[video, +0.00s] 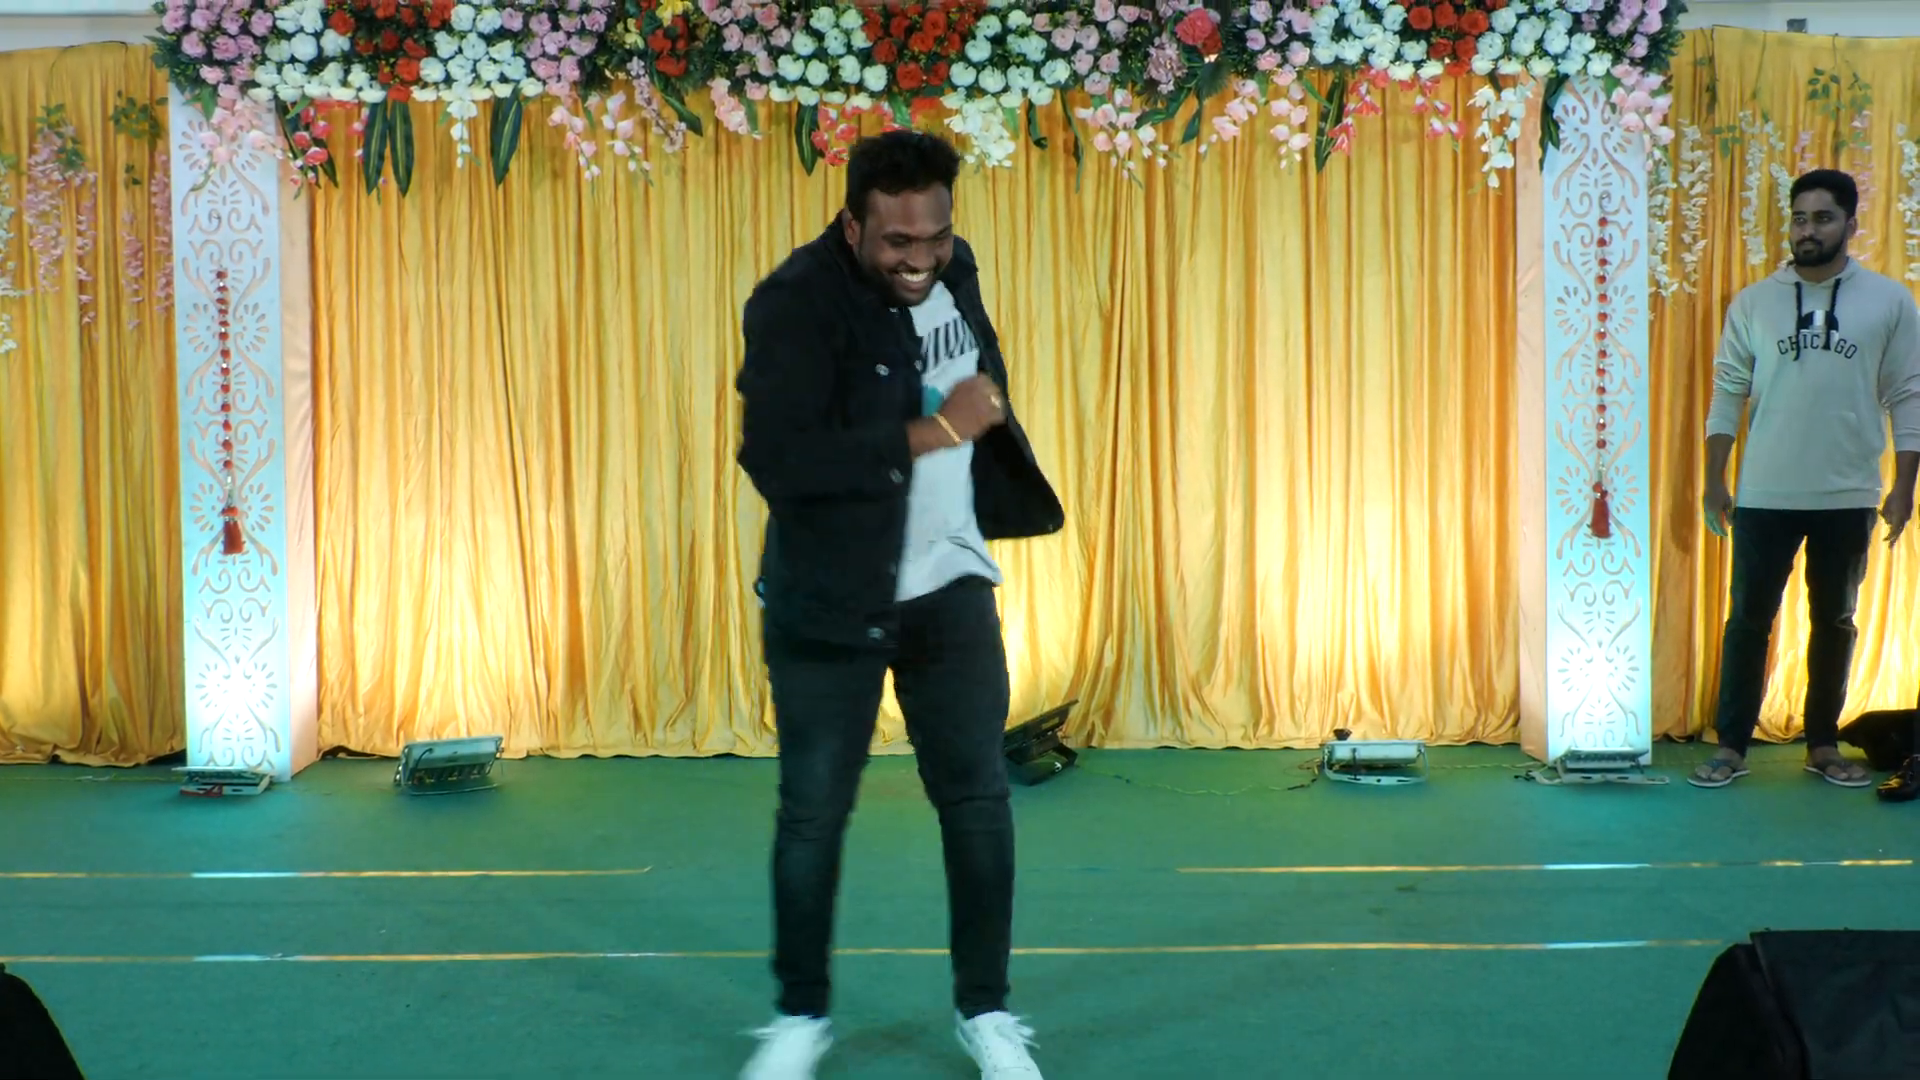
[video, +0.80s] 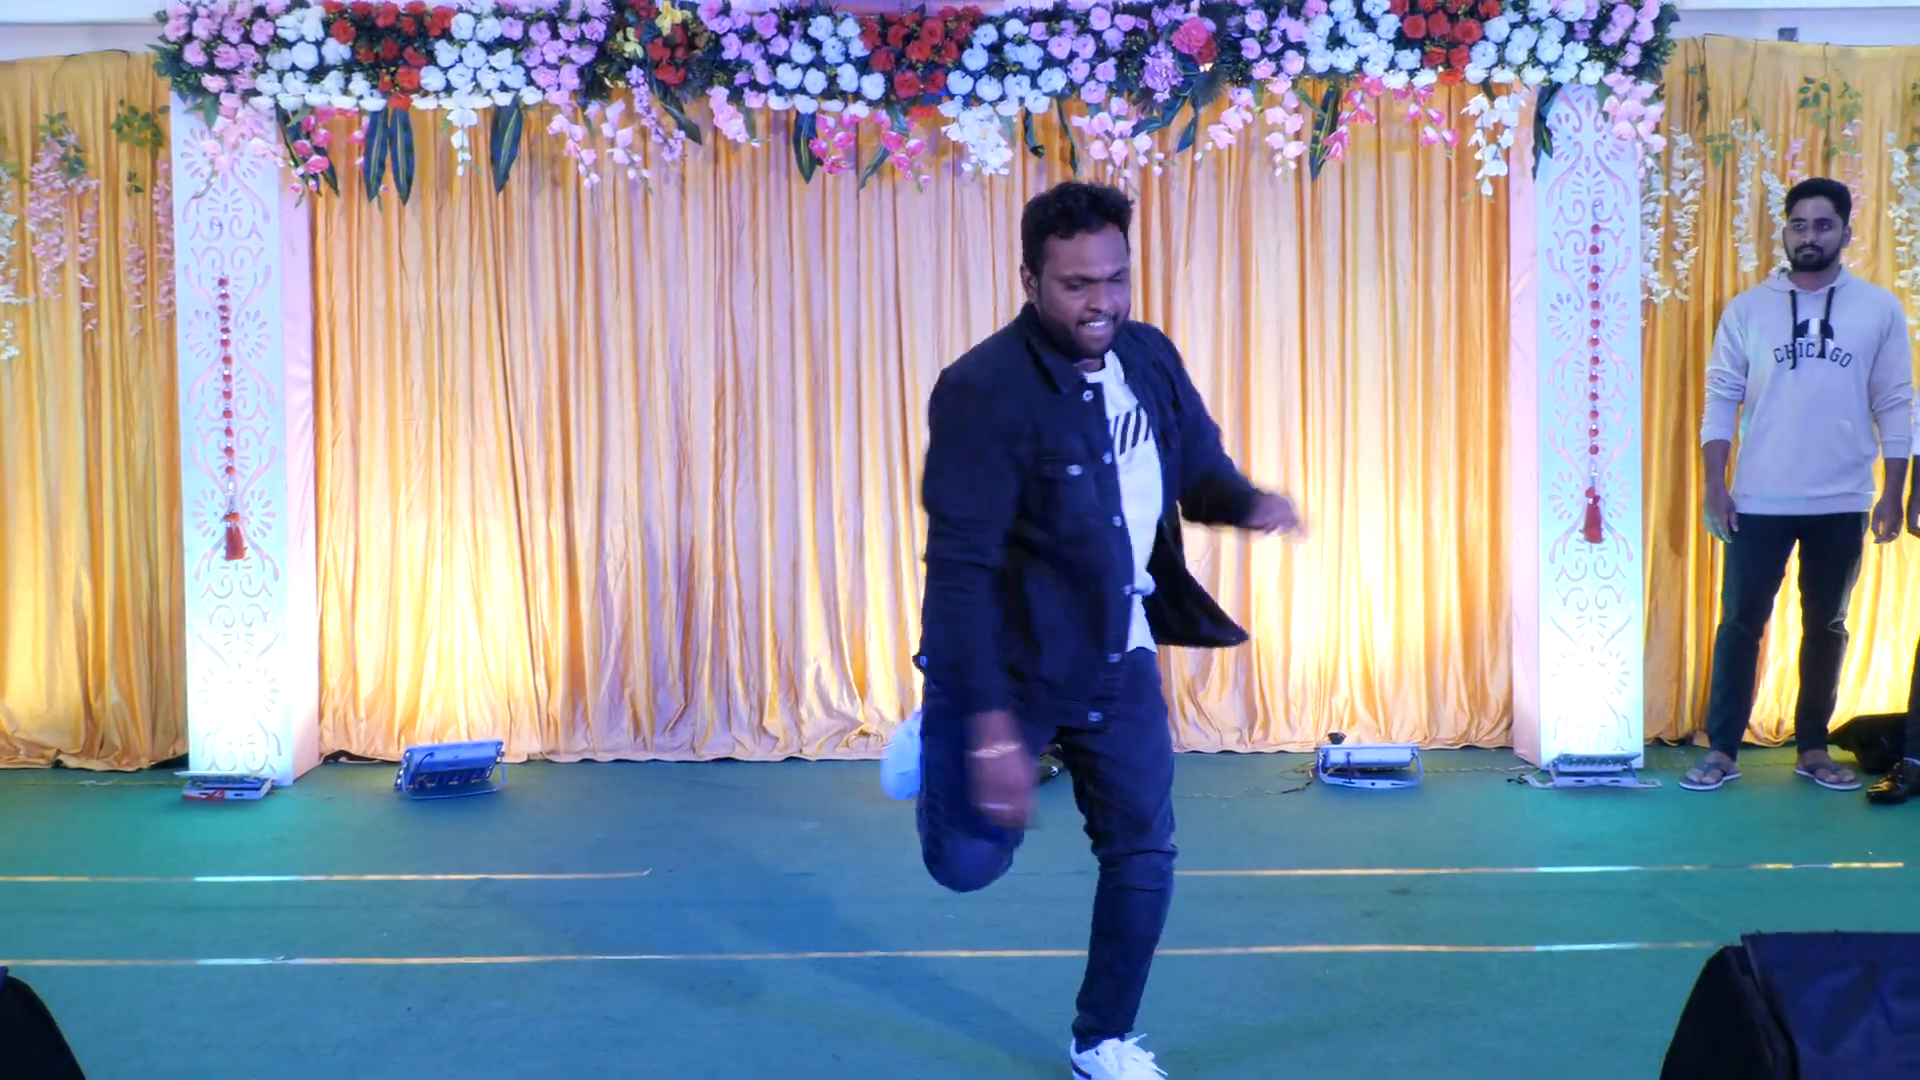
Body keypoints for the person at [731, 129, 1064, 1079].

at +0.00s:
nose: (916, 260)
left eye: (933, 239)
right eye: (895, 241)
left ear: (953, 221)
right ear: (852, 221)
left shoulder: (955, 274)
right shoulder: (793, 302)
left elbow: (964, 400)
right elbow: (776, 460)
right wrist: (933, 433)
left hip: (949, 587)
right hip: (829, 603)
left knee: (979, 796)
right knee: (812, 810)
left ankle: (985, 1008)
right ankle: (800, 1014)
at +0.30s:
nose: (1006, 294)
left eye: (1016, 272)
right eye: (986, 275)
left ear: (1025, 261)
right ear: (926, 262)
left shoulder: (1014, 323)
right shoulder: (862, 374)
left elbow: (1002, 462)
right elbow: (870, 549)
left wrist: (1004, 589)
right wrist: (994, 465)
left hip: (1002, 616)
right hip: (891, 644)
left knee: (1095, 774)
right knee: (891, 843)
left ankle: (1049, 971)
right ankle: (880, 1027)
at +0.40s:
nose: (1051, 262)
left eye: (1059, 241)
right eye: (1031, 244)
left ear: (1066, 230)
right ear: (968, 232)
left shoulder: (1040, 300)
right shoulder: (906, 339)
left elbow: (1007, 424)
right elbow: (923, 511)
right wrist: (1063, 453)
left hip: (1028, 594)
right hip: (912, 617)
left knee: (1110, 768)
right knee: (888, 813)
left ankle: (1099, 990)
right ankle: (873, 1017)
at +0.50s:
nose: (1089, 257)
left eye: (1096, 236)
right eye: (1069, 239)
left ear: (1100, 221)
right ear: (1006, 226)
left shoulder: (1066, 285)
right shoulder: (960, 310)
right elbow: (988, 482)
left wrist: (1119, 334)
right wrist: (1144, 501)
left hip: (1060, 598)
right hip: (940, 607)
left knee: (1111, 800)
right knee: (893, 804)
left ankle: (1120, 1023)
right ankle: (849, 997)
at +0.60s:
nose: (1111, 284)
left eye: (1118, 264)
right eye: (1090, 267)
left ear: (1125, 248)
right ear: (1031, 254)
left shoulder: (1085, 300)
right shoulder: (997, 331)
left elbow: (1127, 289)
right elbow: (1040, 509)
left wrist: (1212, 319)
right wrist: (1174, 607)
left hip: (1096, 634)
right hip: (980, 637)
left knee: (1127, 837)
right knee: (920, 821)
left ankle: (1104, 1037)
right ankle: (839, 916)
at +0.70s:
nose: (1115, 294)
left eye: (1125, 272)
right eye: (1093, 275)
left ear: (1135, 263)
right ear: (1038, 271)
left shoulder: (1117, 341)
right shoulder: (1005, 375)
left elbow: (1170, 382)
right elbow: (1024, 564)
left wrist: (1275, 384)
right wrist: (1109, 698)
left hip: (1106, 641)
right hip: (994, 655)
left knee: (1145, 842)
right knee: (951, 862)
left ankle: (1105, 1040)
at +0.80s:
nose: (1099, 303)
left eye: (1113, 281)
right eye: (1076, 284)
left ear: (1129, 276)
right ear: (1032, 280)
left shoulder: (1148, 356)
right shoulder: (982, 390)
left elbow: (1195, 472)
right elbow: (957, 568)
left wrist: (1247, 503)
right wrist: (982, 718)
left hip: (1123, 659)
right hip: (1013, 667)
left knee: (1144, 855)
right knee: (965, 865)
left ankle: (1104, 1039)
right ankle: (937, 734)